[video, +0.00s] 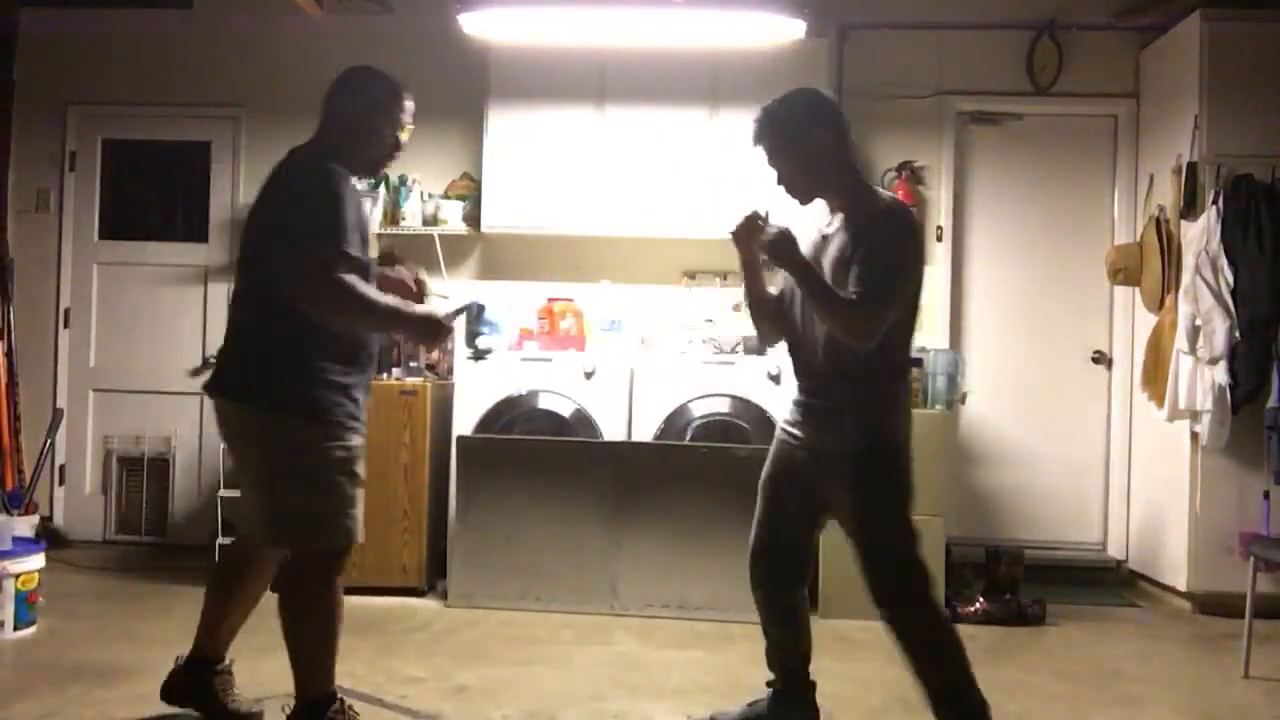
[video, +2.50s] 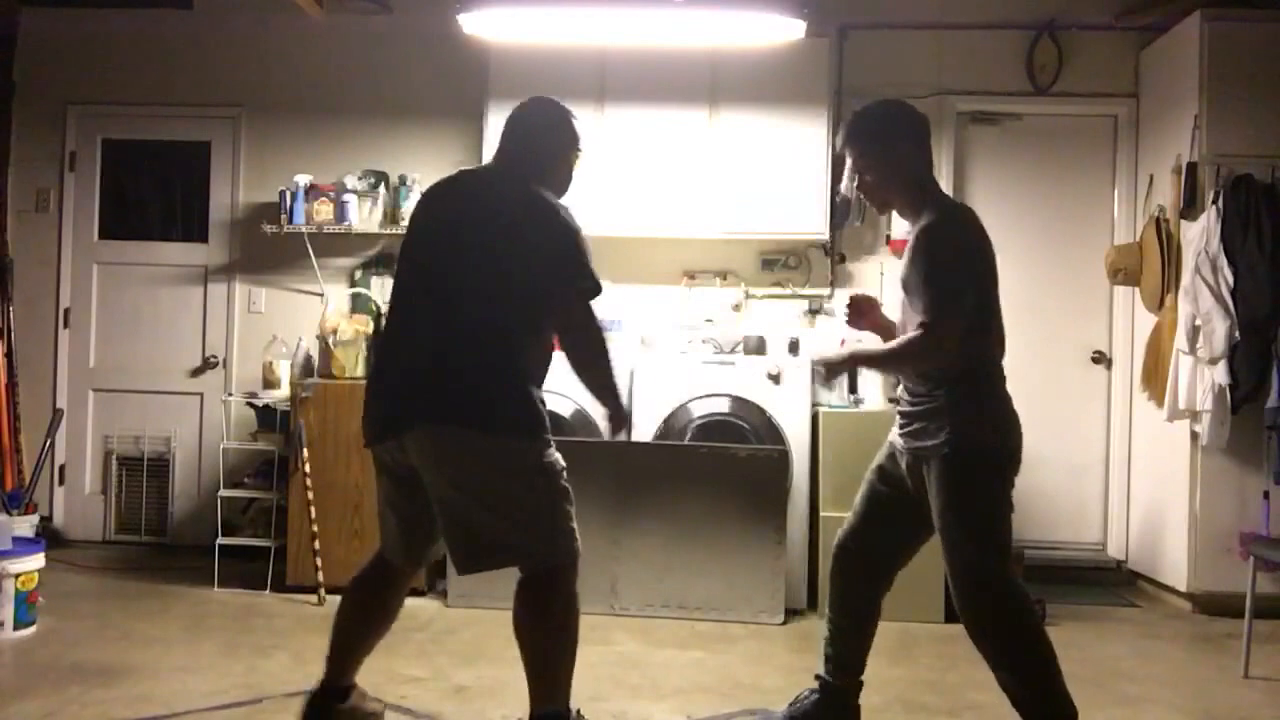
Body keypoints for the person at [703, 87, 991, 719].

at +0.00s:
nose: (776, 176)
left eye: (781, 159)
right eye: (770, 162)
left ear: (826, 143)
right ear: (809, 155)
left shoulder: (889, 224)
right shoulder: (807, 233)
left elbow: (864, 327)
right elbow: (772, 329)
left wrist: (794, 262)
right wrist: (750, 265)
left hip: (867, 440)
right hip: (800, 430)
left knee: (900, 592)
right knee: (773, 569)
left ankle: (967, 713)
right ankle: (791, 697)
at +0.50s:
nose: (752, 184)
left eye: (756, 167)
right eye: (747, 171)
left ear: (795, 153)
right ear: (794, 159)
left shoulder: (852, 218)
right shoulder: (807, 238)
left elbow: (818, 329)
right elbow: (777, 341)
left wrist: (763, 263)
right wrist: (745, 279)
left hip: (862, 438)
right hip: (805, 432)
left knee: (895, 585)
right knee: (757, 559)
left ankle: (962, 711)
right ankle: (775, 695)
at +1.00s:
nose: (796, 190)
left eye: (797, 174)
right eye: (791, 177)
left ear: (833, 157)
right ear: (844, 156)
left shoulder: (856, 233)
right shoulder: (910, 215)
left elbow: (780, 330)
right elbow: (941, 309)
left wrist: (697, 343)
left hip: (939, 427)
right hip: (901, 421)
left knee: (942, 595)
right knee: (856, 553)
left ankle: (992, 714)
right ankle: (838, 692)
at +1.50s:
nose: (843, 172)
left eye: (849, 157)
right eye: (838, 159)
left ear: (893, 146)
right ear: (856, 159)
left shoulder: (962, 222)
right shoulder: (862, 240)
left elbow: (940, 315)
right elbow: (821, 332)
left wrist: (862, 251)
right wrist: (806, 260)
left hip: (948, 435)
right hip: (877, 432)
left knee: (955, 594)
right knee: (840, 572)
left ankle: (994, 714)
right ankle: (850, 698)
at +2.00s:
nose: (838, 175)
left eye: (846, 158)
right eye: (834, 161)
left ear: (892, 149)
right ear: (870, 161)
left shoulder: (952, 230)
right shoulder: (874, 248)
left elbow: (943, 334)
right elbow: (847, 351)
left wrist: (859, 280)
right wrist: (822, 285)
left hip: (943, 439)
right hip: (878, 434)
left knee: (976, 601)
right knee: (821, 564)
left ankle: (1036, 713)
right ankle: (830, 698)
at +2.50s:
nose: (852, 184)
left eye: (858, 166)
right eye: (848, 169)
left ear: (899, 157)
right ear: (901, 162)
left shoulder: (948, 231)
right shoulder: (929, 233)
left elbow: (940, 346)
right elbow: (951, 337)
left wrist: (853, 360)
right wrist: (885, 323)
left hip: (964, 438)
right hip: (916, 435)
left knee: (986, 600)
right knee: (856, 561)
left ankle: (1057, 717)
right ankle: (837, 696)